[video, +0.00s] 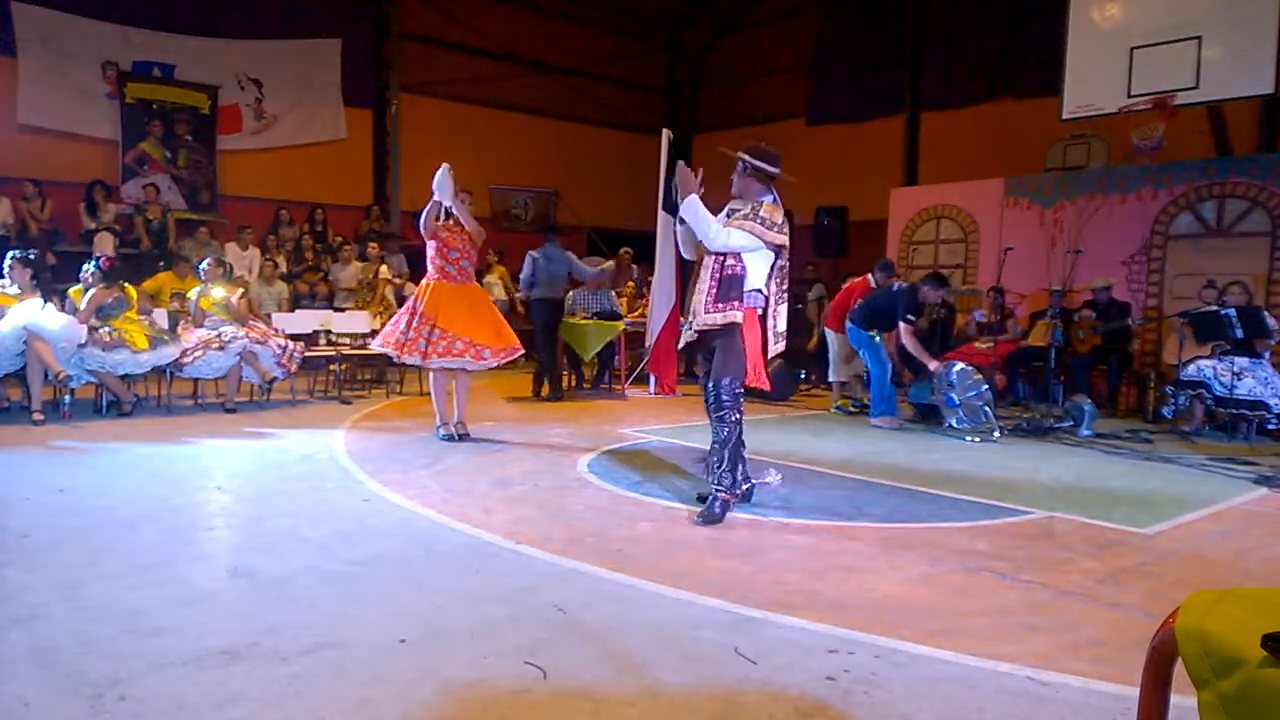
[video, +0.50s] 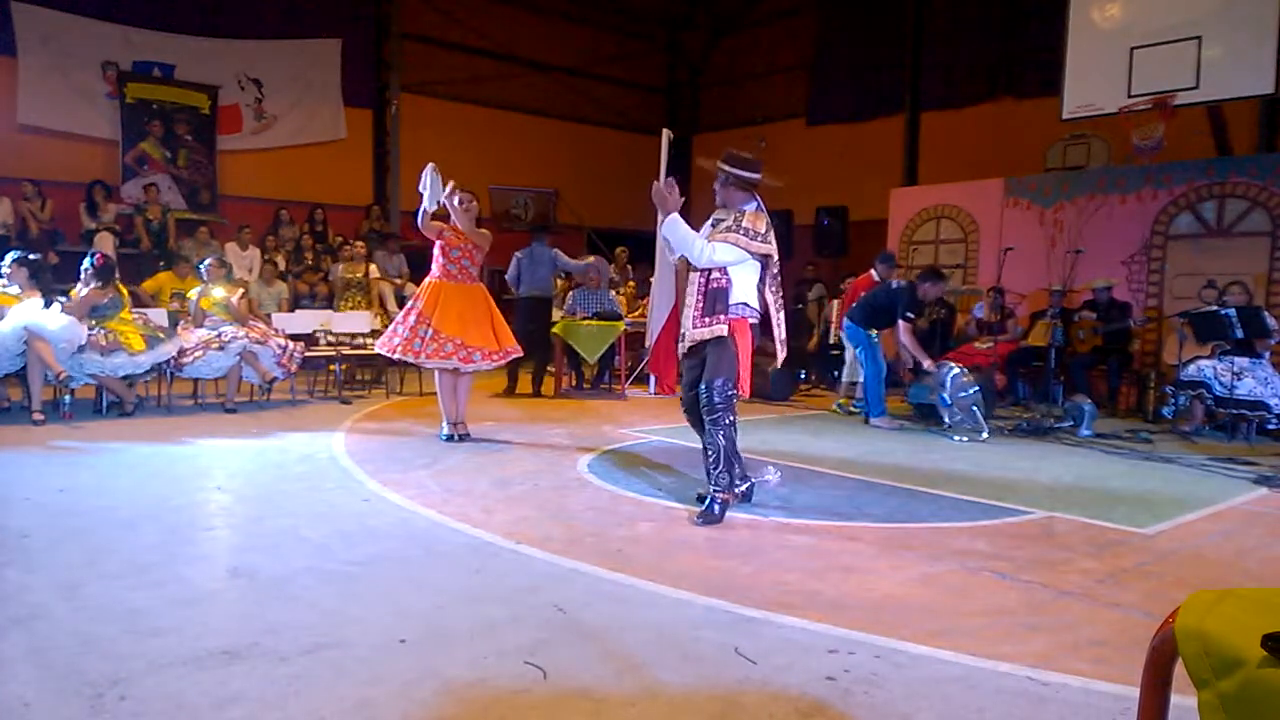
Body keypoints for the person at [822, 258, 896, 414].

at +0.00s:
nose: (890, 282)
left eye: (892, 278)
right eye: (888, 278)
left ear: (884, 275)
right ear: (877, 274)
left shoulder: (876, 288)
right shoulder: (863, 287)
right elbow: (854, 314)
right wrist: (855, 344)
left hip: (852, 325)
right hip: (835, 323)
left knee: (855, 362)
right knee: (838, 362)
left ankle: (859, 397)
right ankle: (838, 400)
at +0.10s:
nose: (890, 279)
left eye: (892, 276)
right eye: (888, 275)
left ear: (885, 273)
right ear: (878, 271)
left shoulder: (878, 287)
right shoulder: (863, 285)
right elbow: (857, 311)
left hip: (855, 325)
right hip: (838, 323)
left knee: (859, 362)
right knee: (840, 361)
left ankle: (859, 397)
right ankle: (838, 399)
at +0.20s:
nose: (892, 278)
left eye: (893, 273)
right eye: (889, 273)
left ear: (894, 273)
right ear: (878, 270)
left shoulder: (882, 286)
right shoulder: (864, 284)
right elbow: (860, 312)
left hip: (857, 326)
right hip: (841, 324)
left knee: (861, 363)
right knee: (843, 362)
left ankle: (859, 398)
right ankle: (839, 399)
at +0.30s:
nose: (893, 277)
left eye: (894, 272)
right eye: (890, 272)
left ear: (894, 272)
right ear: (878, 269)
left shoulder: (882, 285)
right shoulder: (864, 284)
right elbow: (860, 311)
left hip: (857, 326)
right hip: (841, 325)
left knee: (861, 363)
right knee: (845, 362)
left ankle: (859, 398)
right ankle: (840, 399)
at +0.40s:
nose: (892, 275)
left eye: (894, 270)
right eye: (890, 270)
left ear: (891, 270)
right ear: (879, 268)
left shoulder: (884, 285)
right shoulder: (863, 283)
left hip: (862, 326)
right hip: (845, 325)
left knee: (863, 363)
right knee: (848, 362)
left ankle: (859, 398)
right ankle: (841, 398)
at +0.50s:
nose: (891, 273)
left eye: (893, 269)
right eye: (888, 268)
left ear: (892, 268)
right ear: (878, 266)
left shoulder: (884, 285)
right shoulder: (863, 283)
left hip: (868, 328)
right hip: (851, 328)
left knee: (865, 364)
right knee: (851, 363)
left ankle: (859, 398)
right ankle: (842, 398)